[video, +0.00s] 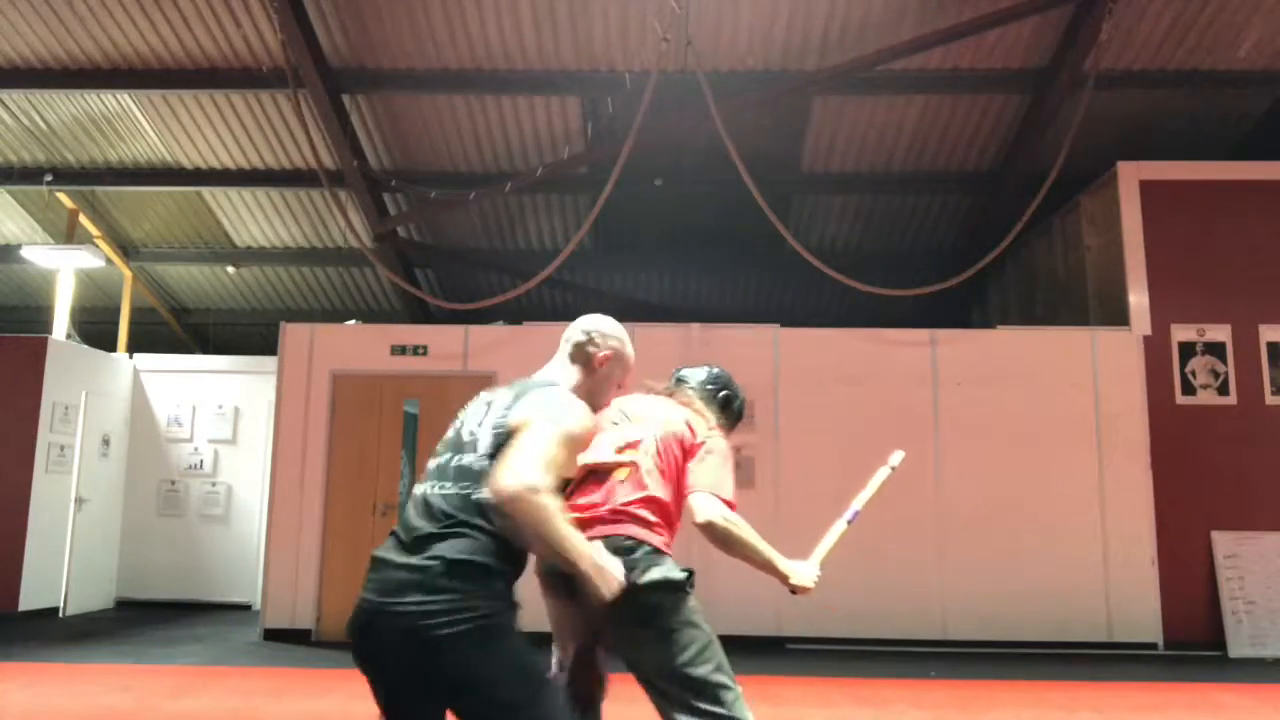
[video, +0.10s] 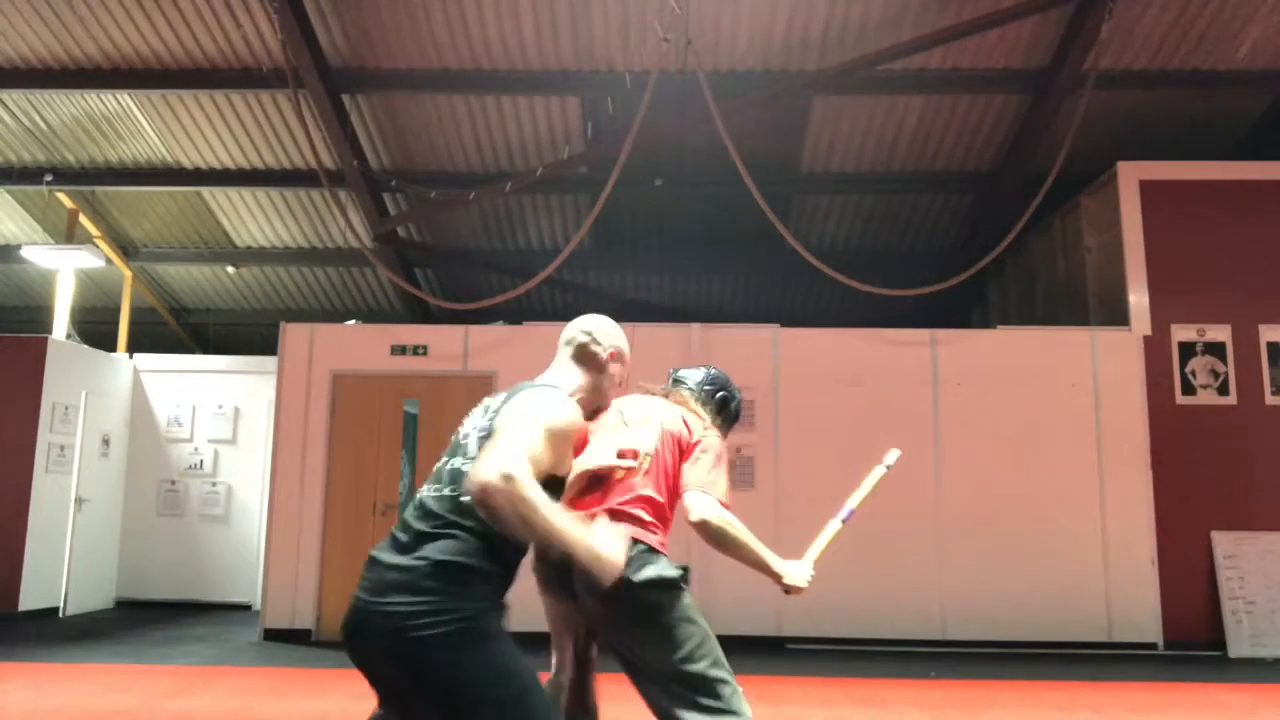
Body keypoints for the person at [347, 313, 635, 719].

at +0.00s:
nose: (613, 398)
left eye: (622, 386)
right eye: (619, 382)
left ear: (563, 352)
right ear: (601, 360)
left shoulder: (483, 401)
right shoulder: (565, 409)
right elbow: (515, 488)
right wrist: (590, 559)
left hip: (379, 615)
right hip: (457, 621)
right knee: (547, 708)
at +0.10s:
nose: (621, 390)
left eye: (625, 375)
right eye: (624, 372)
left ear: (563, 353)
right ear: (610, 358)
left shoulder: (497, 403)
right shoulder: (557, 409)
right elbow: (495, 479)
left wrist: (577, 469)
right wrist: (588, 545)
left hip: (375, 613)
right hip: (440, 621)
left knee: (412, 709)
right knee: (534, 708)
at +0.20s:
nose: (607, 398)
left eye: (611, 380)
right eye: (611, 378)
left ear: (550, 359)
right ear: (602, 366)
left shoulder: (501, 406)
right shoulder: (532, 398)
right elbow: (486, 467)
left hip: (379, 606)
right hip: (416, 611)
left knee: (425, 705)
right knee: (522, 710)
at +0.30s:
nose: (587, 380)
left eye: (591, 370)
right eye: (586, 366)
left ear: (544, 354)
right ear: (566, 357)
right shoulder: (520, 389)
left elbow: (513, 517)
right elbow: (496, 459)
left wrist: (579, 488)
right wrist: (597, 425)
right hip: (412, 603)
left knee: (422, 706)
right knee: (513, 710)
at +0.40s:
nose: (559, 372)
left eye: (564, 362)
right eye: (561, 357)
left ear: (524, 340)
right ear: (551, 346)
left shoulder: (468, 391)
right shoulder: (493, 382)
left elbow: (489, 503)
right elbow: (555, 442)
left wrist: (562, 499)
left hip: (385, 591)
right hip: (423, 596)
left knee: (411, 712)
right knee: (495, 711)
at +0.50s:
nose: (568, 380)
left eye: (573, 367)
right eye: (568, 364)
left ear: (529, 335)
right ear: (546, 341)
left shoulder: (448, 385)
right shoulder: (492, 377)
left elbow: (468, 502)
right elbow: (581, 444)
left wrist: (544, 500)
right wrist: (584, 344)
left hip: (384, 582)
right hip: (423, 586)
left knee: (410, 708)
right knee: (477, 709)